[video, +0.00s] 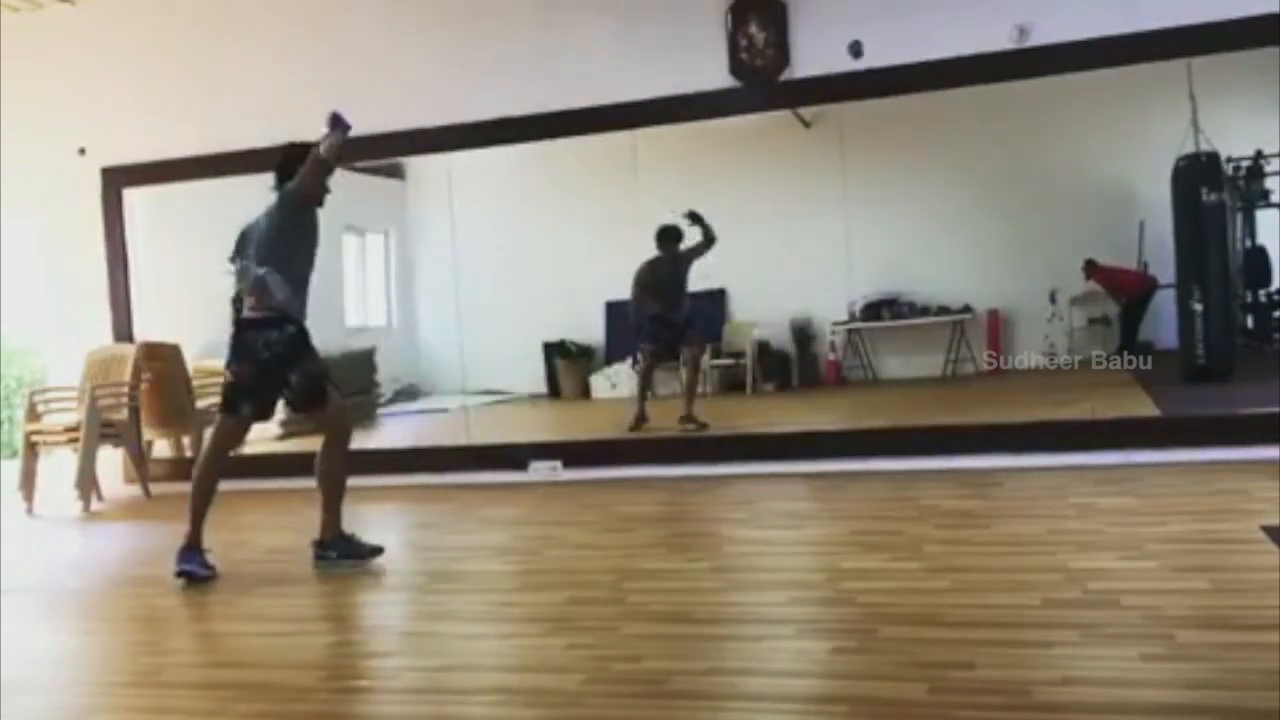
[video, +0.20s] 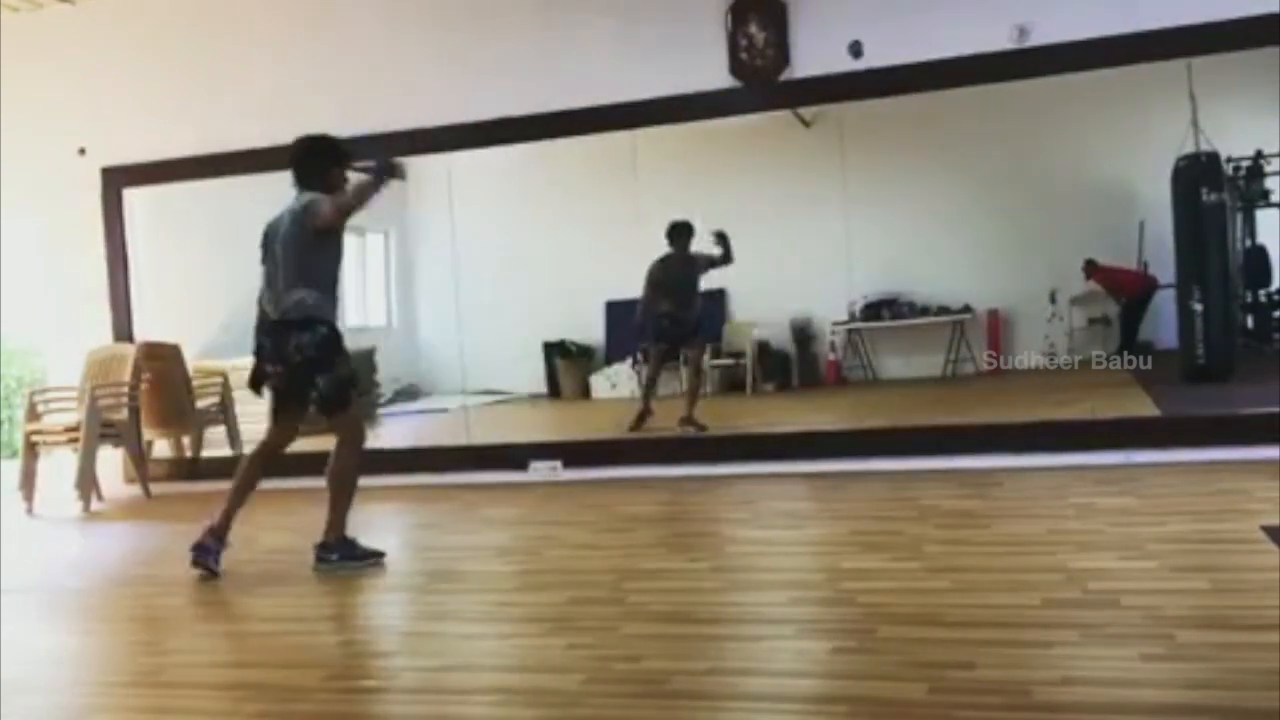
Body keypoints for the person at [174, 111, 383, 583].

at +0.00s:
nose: (326, 188)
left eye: (326, 179)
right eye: (322, 178)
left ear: (282, 177)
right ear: (303, 177)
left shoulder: (252, 229)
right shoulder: (296, 209)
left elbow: (243, 286)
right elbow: (318, 162)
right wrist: (337, 134)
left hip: (247, 339)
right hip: (282, 337)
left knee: (223, 439)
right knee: (337, 423)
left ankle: (191, 546)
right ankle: (331, 536)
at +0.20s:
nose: (346, 181)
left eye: (346, 172)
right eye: (343, 171)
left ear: (300, 175)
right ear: (329, 173)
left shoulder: (276, 225)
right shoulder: (318, 205)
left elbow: (268, 294)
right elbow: (334, 214)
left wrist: (261, 356)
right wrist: (378, 180)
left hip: (278, 337)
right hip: (314, 336)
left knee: (279, 435)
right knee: (351, 432)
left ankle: (215, 535)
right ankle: (335, 539)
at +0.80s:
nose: (464, 173)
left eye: (461, 165)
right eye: (457, 166)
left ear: (430, 173)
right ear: (438, 172)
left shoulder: (436, 225)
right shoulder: (411, 225)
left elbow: (424, 295)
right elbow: (413, 295)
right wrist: (476, 308)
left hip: (431, 338)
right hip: (402, 344)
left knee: (478, 423)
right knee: (386, 438)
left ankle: (504, 529)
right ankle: (341, 530)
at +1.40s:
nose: (611, 143)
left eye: (608, 135)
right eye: (601, 137)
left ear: (582, 149)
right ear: (580, 148)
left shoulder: (598, 204)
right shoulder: (556, 204)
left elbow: (615, 267)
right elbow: (528, 276)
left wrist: (650, 305)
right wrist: (514, 341)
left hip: (597, 329)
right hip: (577, 333)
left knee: (562, 427)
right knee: (629, 419)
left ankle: (522, 527)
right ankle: (679, 525)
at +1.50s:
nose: (643, 130)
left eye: (640, 122)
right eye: (634, 124)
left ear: (620, 135)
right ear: (615, 136)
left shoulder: (640, 194)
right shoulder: (594, 198)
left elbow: (657, 262)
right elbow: (583, 274)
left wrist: (680, 320)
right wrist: (579, 342)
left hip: (650, 312)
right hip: (625, 317)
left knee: (632, 424)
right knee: (654, 424)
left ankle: (557, 504)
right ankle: (687, 528)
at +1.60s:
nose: (661, 124)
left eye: (657, 116)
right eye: (651, 118)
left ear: (638, 130)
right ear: (632, 131)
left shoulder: (657, 188)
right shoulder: (613, 194)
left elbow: (671, 258)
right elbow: (611, 269)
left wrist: (689, 313)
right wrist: (614, 336)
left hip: (672, 312)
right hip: (642, 316)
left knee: (678, 416)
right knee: (666, 418)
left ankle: (593, 492)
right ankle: (687, 527)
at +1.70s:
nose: (699, 120)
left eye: (696, 111)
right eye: (688, 113)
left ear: (675, 124)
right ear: (666, 125)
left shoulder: (692, 182)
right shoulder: (650, 187)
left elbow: (696, 253)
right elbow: (652, 262)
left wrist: (707, 302)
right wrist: (671, 304)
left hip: (705, 305)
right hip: (671, 312)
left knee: (749, 402)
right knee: (683, 413)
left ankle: (688, 493)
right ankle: (687, 522)